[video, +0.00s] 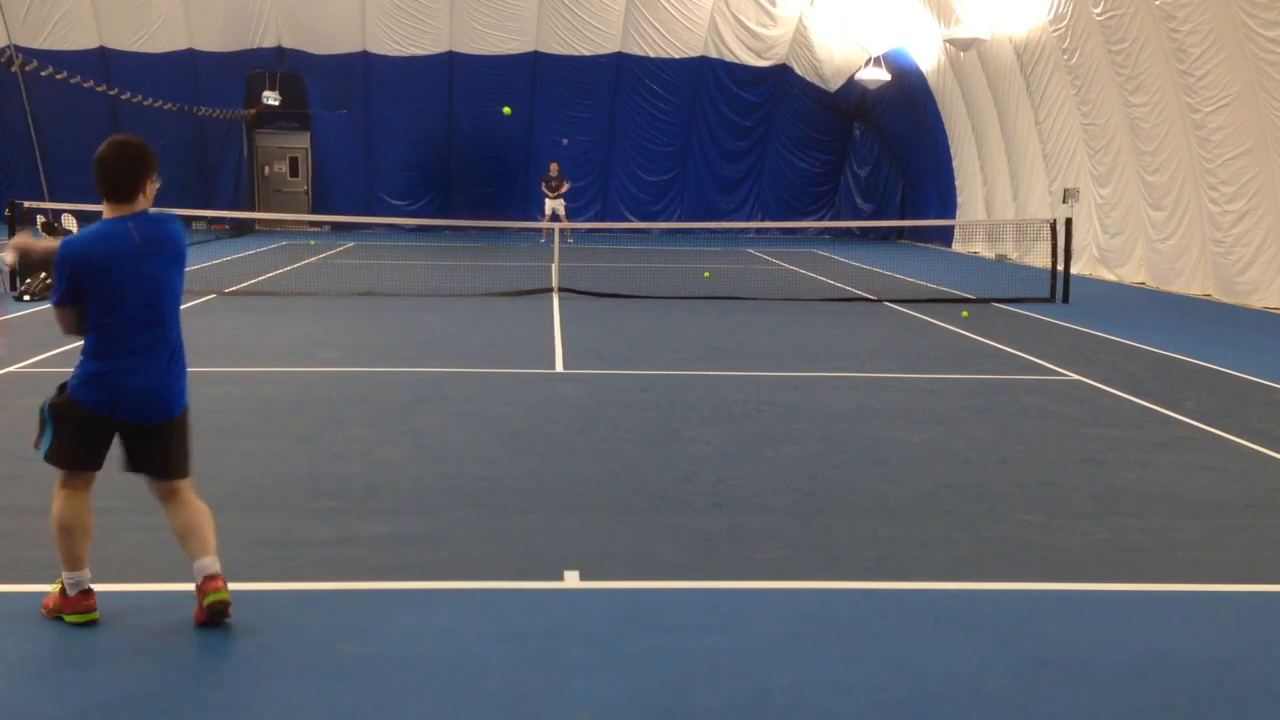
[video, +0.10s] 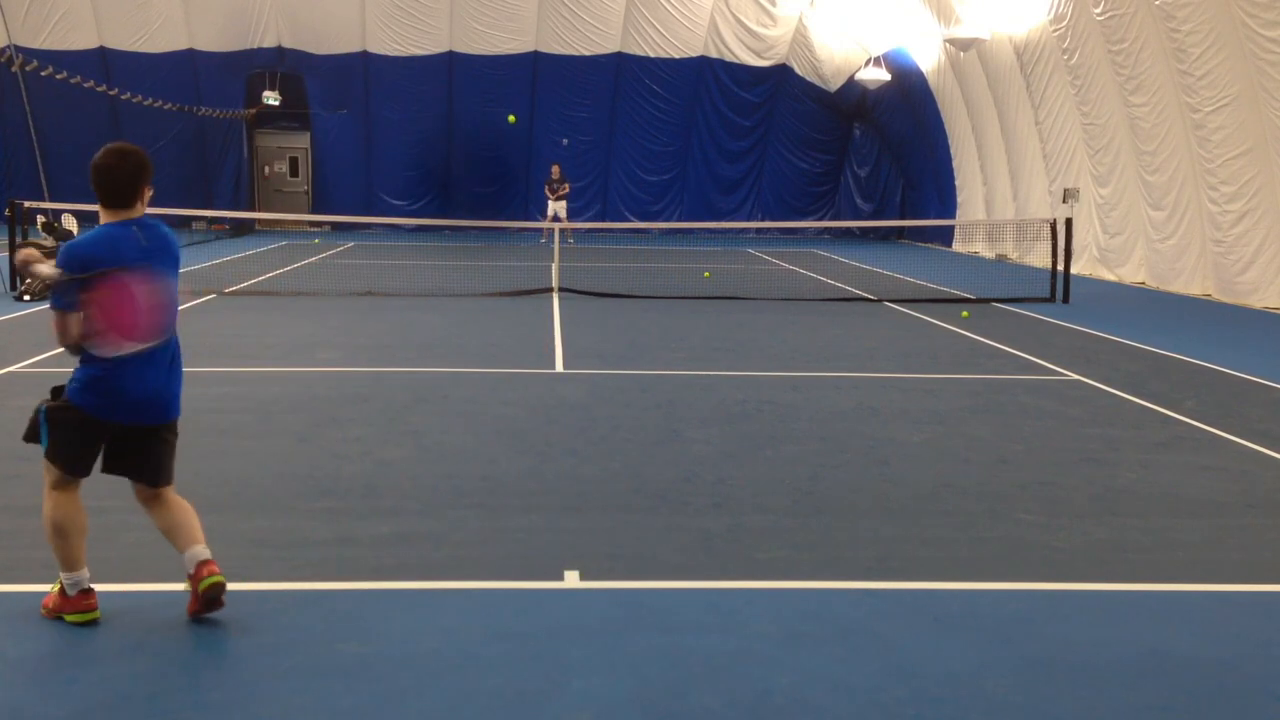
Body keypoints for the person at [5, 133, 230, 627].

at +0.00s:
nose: (157, 185)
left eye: (156, 179)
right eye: (155, 179)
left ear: (98, 186)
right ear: (148, 185)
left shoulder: (76, 248)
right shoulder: (172, 233)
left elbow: (70, 322)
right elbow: (121, 251)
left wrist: (115, 292)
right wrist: (42, 248)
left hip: (97, 389)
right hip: (162, 390)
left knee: (74, 485)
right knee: (175, 488)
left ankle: (76, 591)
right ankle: (211, 577)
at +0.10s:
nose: (149, 192)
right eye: (149, 187)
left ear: (94, 192)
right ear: (147, 193)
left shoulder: (77, 252)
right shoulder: (164, 241)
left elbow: (68, 334)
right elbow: (117, 267)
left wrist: (99, 336)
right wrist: (51, 269)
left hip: (96, 393)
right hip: (158, 394)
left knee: (63, 483)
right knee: (157, 491)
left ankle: (76, 591)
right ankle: (203, 566)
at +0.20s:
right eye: (149, 183)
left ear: (100, 189)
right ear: (152, 189)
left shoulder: (89, 247)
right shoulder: (168, 239)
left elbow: (83, 328)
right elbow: (130, 289)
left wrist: (67, 360)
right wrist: (59, 276)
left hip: (108, 388)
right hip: (167, 389)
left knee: (67, 482)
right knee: (147, 480)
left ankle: (76, 591)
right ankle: (193, 566)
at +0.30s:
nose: (116, 185)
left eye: (117, 179)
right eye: (124, 177)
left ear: (119, 184)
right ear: (165, 184)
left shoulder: (112, 239)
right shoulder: (184, 234)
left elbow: (111, 313)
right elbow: (137, 297)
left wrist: (73, 351)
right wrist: (64, 293)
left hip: (125, 383)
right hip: (180, 383)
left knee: (85, 478)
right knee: (149, 472)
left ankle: (74, 588)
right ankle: (185, 574)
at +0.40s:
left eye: (144, 175)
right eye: (191, 177)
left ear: (141, 181)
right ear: (192, 183)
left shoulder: (139, 235)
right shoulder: (209, 236)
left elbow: (141, 305)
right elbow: (182, 308)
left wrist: (96, 329)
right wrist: (108, 315)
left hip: (148, 383)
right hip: (201, 384)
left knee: (106, 480)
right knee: (164, 473)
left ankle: (83, 587)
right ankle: (188, 579)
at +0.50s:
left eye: (164, 172)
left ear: (164, 177)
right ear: (216, 179)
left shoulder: (155, 232)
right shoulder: (238, 235)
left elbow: (154, 302)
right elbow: (243, 306)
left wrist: (129, 317)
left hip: (169, 379)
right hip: (223, 382)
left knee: (134, 473)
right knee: (187, 471)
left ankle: (143, 586)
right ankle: (192, 580)